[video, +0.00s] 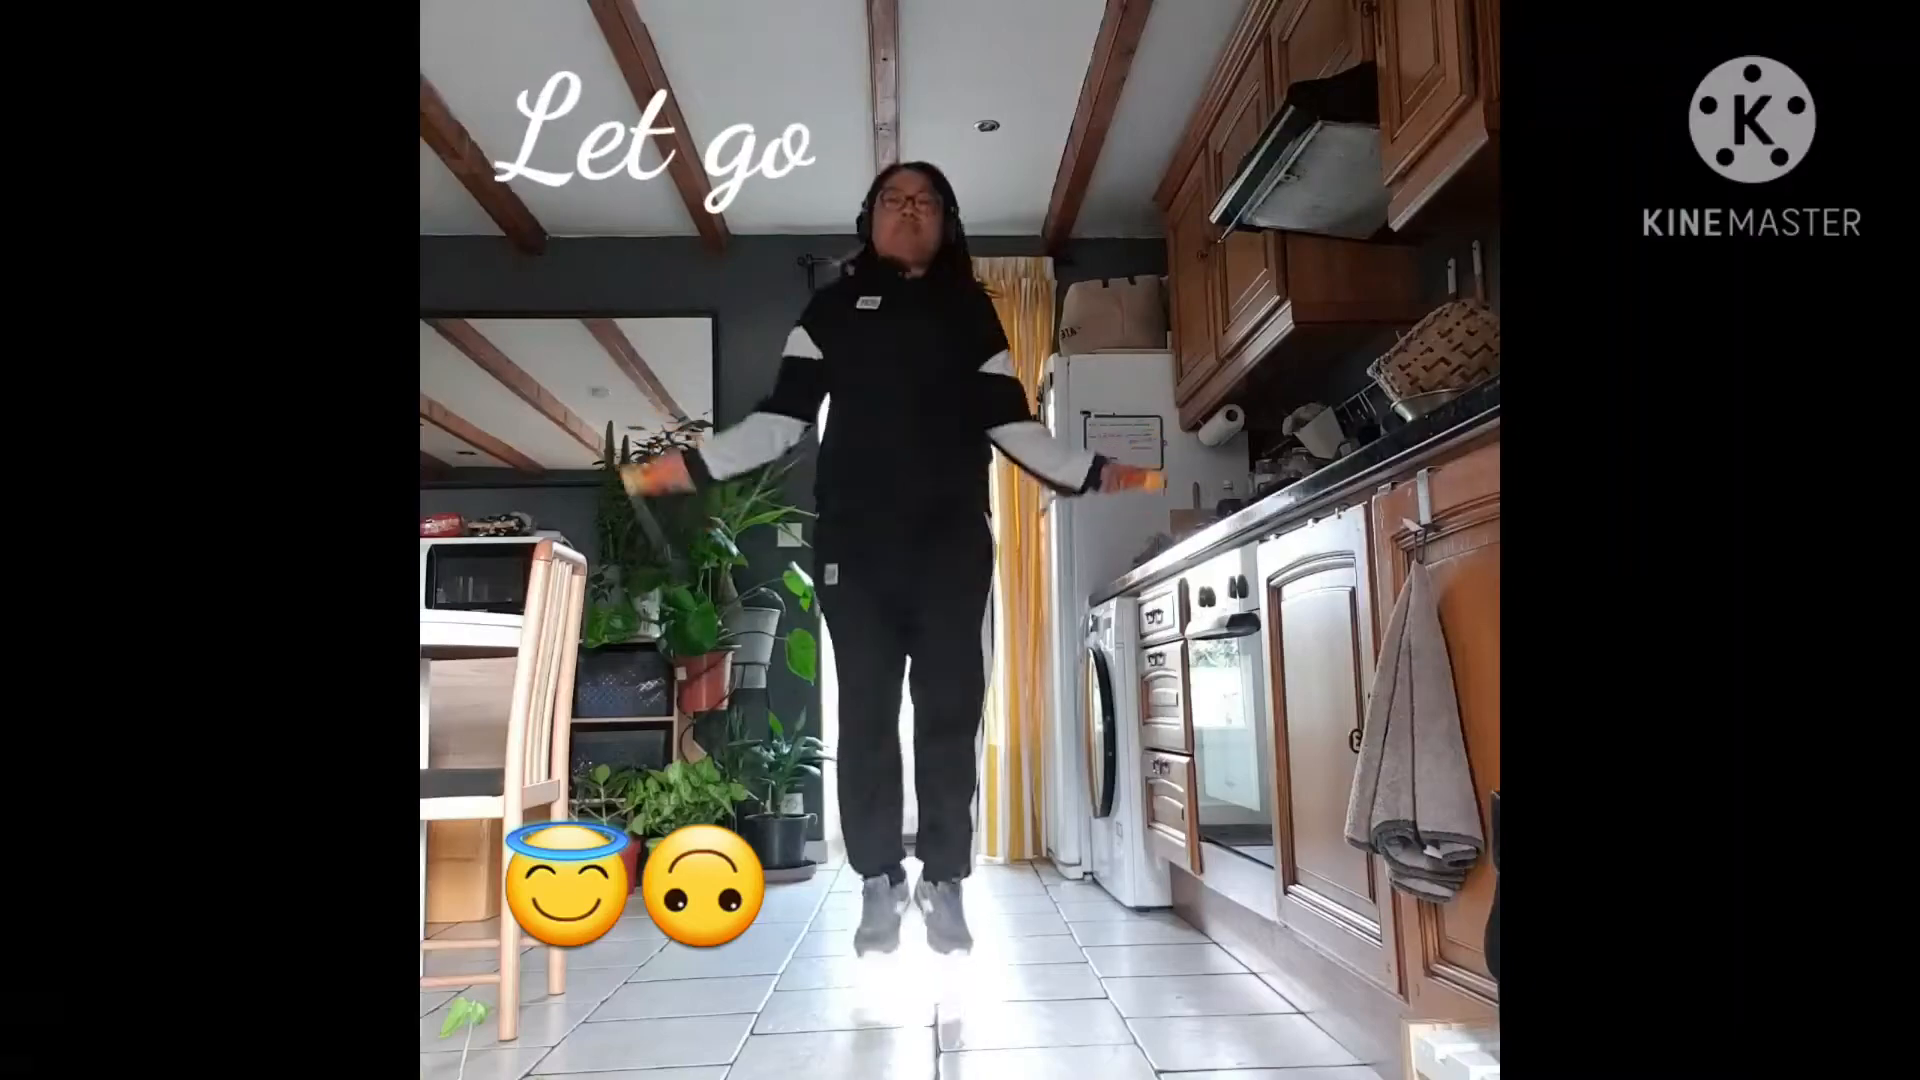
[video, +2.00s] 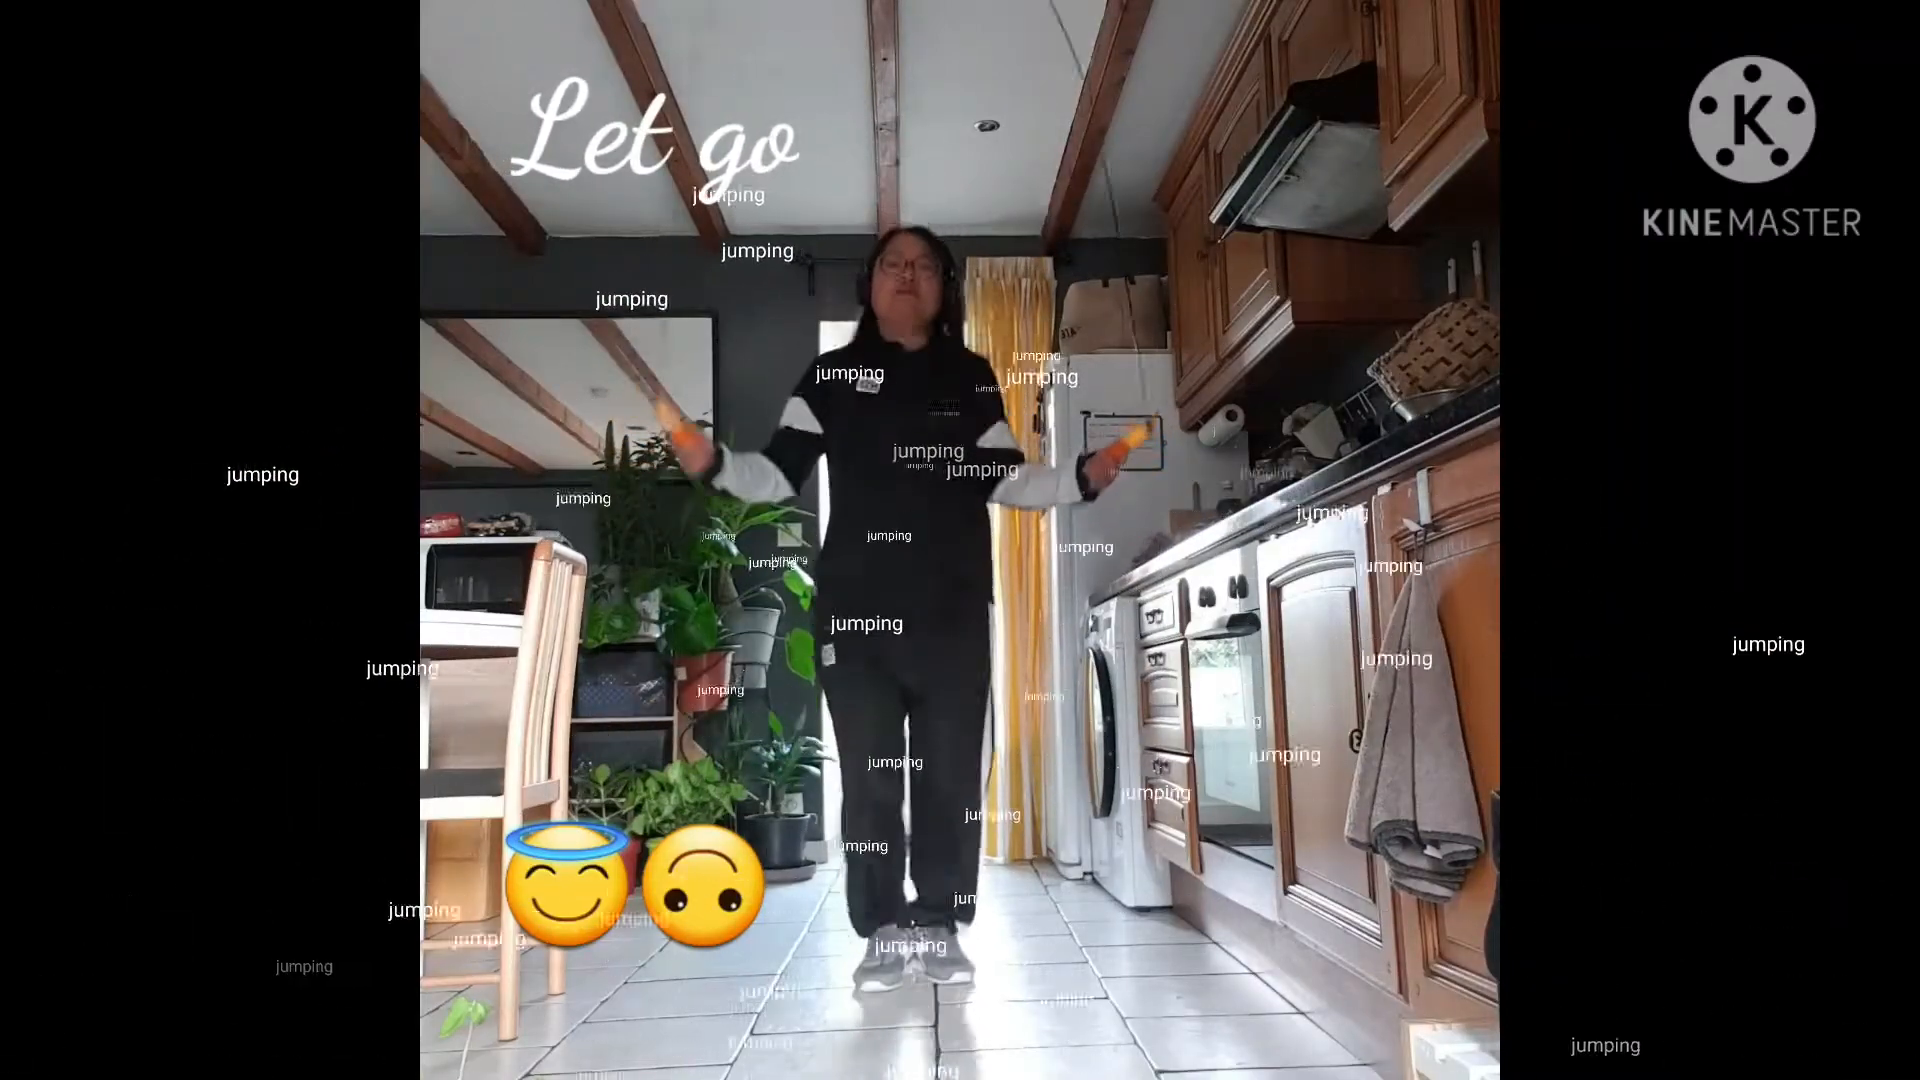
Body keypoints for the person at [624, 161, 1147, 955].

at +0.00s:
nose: (908, 209)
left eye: (923, 200)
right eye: (893, 200)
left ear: (947, 227)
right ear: (868, 224)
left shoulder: (969, 309)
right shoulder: (833, 308)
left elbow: (1006, 422)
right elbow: (786, 417)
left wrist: (1090, 471)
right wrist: (695, 461)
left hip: (952, 539)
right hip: (858, 538)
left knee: (950, 714)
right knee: (866, 715)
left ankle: (945, 881)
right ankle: (878, 882)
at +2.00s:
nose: (906, 275)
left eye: (921, 265)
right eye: (892, 264)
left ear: (945, 288)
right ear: (869, 285)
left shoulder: (971, 377)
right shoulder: (834, 375)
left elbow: (1002, 479)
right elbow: (778, 474)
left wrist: (1079, 479)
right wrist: (715, 463)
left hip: (951, 603)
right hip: (857, 603)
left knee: (949, 768)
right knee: (870, 769)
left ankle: (942, 924)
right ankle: (883, 929)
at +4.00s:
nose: (902, 206)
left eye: (918, 198)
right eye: (888, 196)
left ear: (942, 224)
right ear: (864, 218)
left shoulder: (966, 312)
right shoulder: (827, 306)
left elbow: (1002, 425)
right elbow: (784, 424)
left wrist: (1079, 477)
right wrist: (697, 468)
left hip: (947, 541)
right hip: (852, 541)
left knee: (949, 715)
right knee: (864, 714)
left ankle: (942, 886)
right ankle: (875, 887)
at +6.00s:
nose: (898, 274)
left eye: (914, 264)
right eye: (884, 262)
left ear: (937, 286)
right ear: (861, 282)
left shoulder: (964, 377)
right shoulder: (827, 373)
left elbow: (998, 475)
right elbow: (780, 473)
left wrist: (1075, 491)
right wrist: (718, 489)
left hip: (945, 598)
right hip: (853, 597)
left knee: (938, 764)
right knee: (862, 765)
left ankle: (933, 924)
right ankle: (876, 928)